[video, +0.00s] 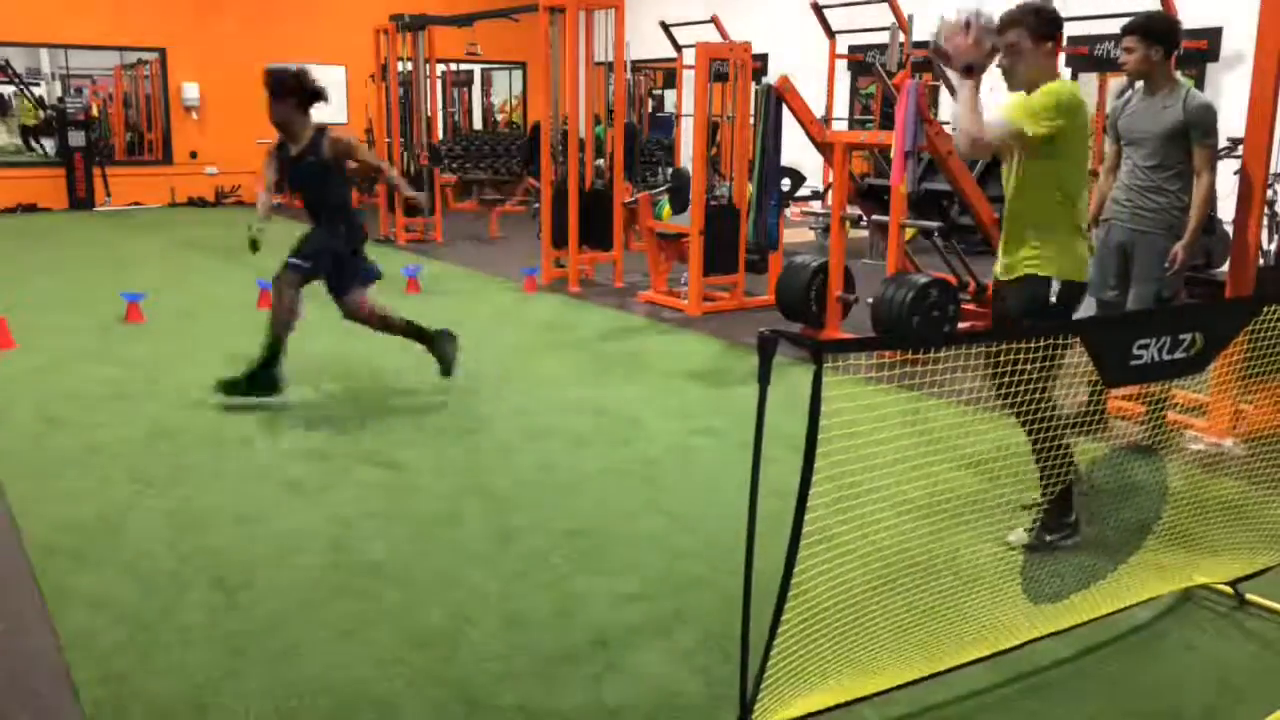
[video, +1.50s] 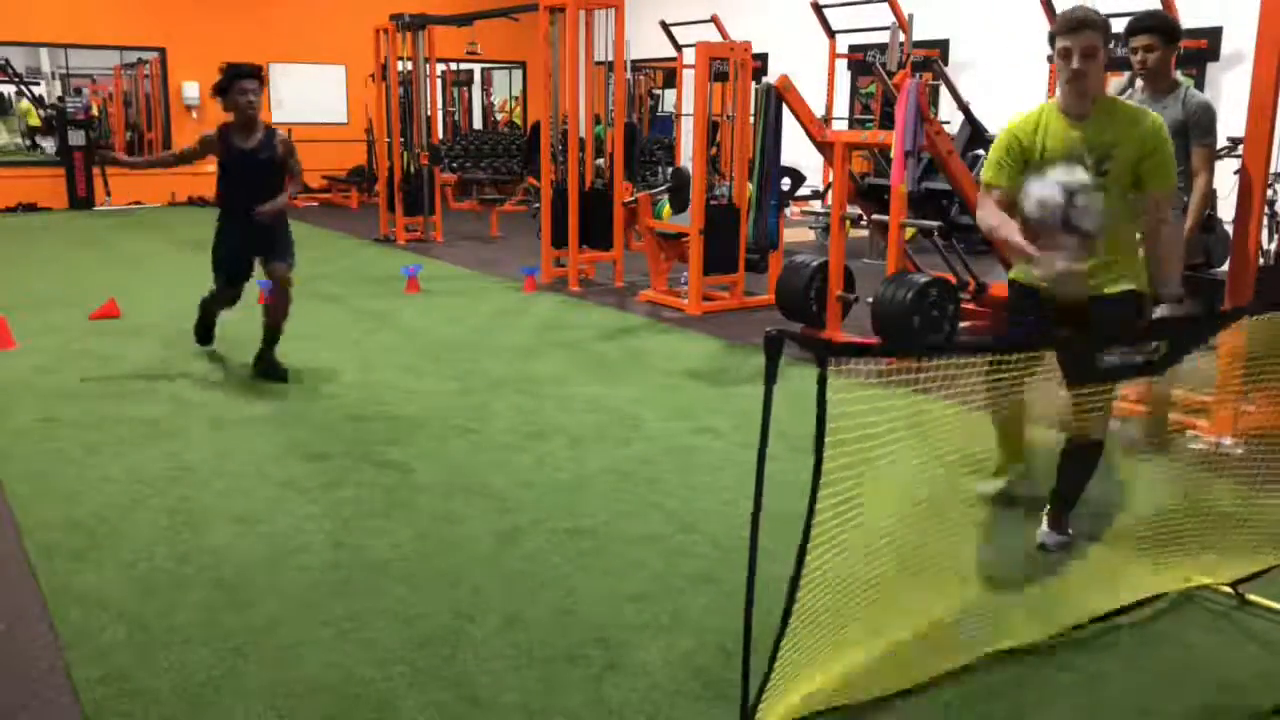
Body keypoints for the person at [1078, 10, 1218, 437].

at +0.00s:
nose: (1121, 58)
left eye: (1129, 51)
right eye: (1121, 51)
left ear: (1160, 54)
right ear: (1142, 55)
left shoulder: (1195, 107)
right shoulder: (1122, 101)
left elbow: (1205, 176)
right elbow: (1109, 167)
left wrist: (1188, 239)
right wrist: (1094, 218)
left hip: (1160, 233)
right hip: (1114, 226)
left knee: (1142, 323)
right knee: (1103, 318)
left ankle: (1149, 419)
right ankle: (1096, 405)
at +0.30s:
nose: (1121, 59)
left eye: (1128, 51)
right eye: (1121, 51)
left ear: (1158, 53)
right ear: (1142, 55)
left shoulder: (1195, 105)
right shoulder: (1121, 101)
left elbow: (1205, 175)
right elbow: (1109, 169)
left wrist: (1188, 239)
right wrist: (1089, 226)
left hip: (1160, 232)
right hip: (1114, 226)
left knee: (1143, 323)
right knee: (1102, 318)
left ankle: (1153, 419)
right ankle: (1095, 404)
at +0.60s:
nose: (1121, 59)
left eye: (1128, 51)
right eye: (1121, 51)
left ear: (1158, 54)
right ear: (1144, 56)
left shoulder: (1195, 106)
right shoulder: (1121, 102)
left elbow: (1204, 177)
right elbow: (1109, 170)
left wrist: (1187, 239)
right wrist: (1088, 226)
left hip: (1160, 234)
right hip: (1113, 228)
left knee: (1144, 326)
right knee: (1102, 321)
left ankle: (1153, 423)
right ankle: (1090, 409)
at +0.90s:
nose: (1120, 58)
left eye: (1128, 51)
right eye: (1120, 51)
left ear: (1159, 54)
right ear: (1145, 55)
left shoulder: (1195, 107)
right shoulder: (1122, 100)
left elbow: (1204, 178)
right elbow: (1109, 169)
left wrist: (1186, 240)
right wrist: (1089, 225)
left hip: (1160, 235)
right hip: (1114, 229)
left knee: (1144, 323)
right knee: (1103, 318)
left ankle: (1152, 420)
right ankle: (1094, 402)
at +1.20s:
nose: (1139, 59)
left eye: (1148, 51)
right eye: (1133, 52)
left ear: (1172, 51)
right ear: (1127, 54)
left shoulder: (1195, 107)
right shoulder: (1121, 100)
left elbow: (1203, 177)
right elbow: (1108, 166)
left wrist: (1186, 238)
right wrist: (1089, 227)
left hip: (1163, 233)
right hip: (1115, 226)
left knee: (1154, 325)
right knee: (1101, 316)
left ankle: (1157, 427)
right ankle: (1094, 413)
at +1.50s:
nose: (1140, 59)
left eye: (1149, 50)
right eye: (1134, 51)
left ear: (1173, 51)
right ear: (1128, 54)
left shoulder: (1195, 106)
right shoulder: (1125, 102)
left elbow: (1202, 175)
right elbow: (1112, 168)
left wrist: (1186, 233)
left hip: (1173, 220)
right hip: (1128, 218)